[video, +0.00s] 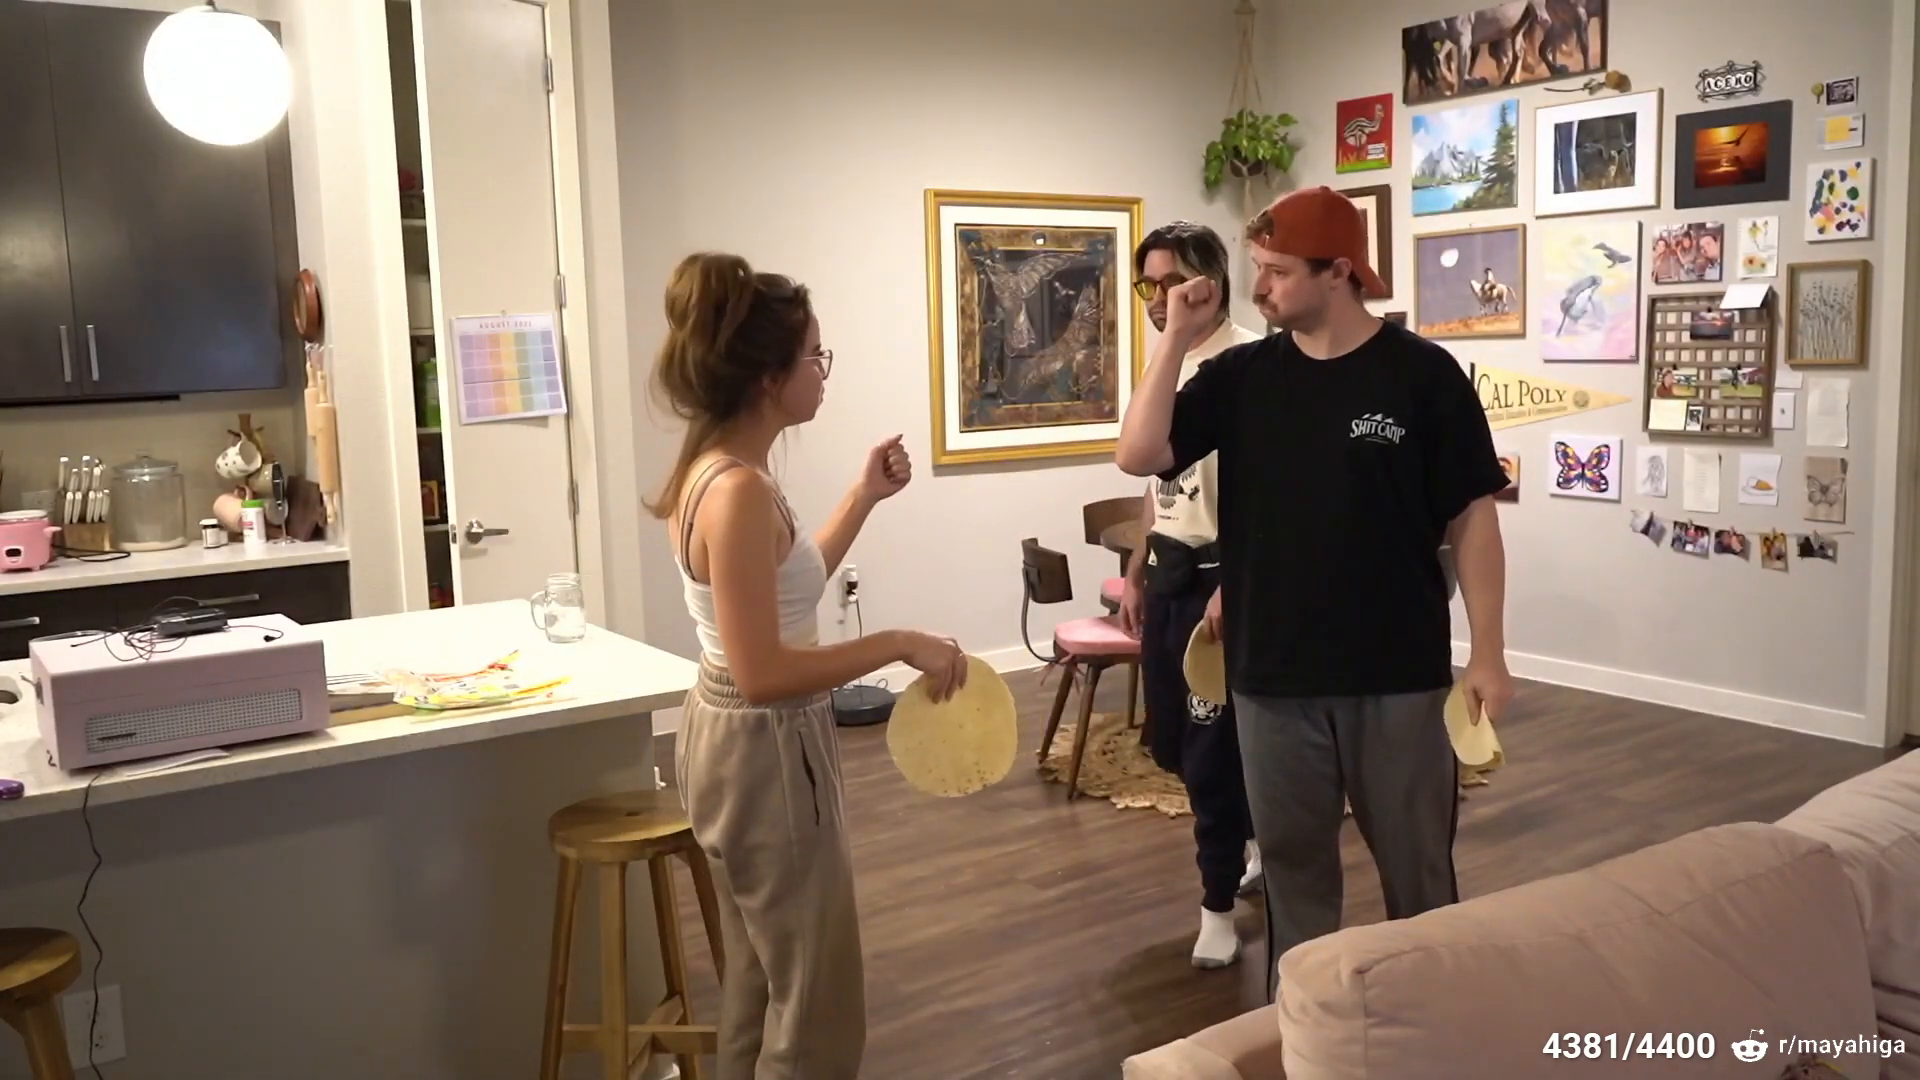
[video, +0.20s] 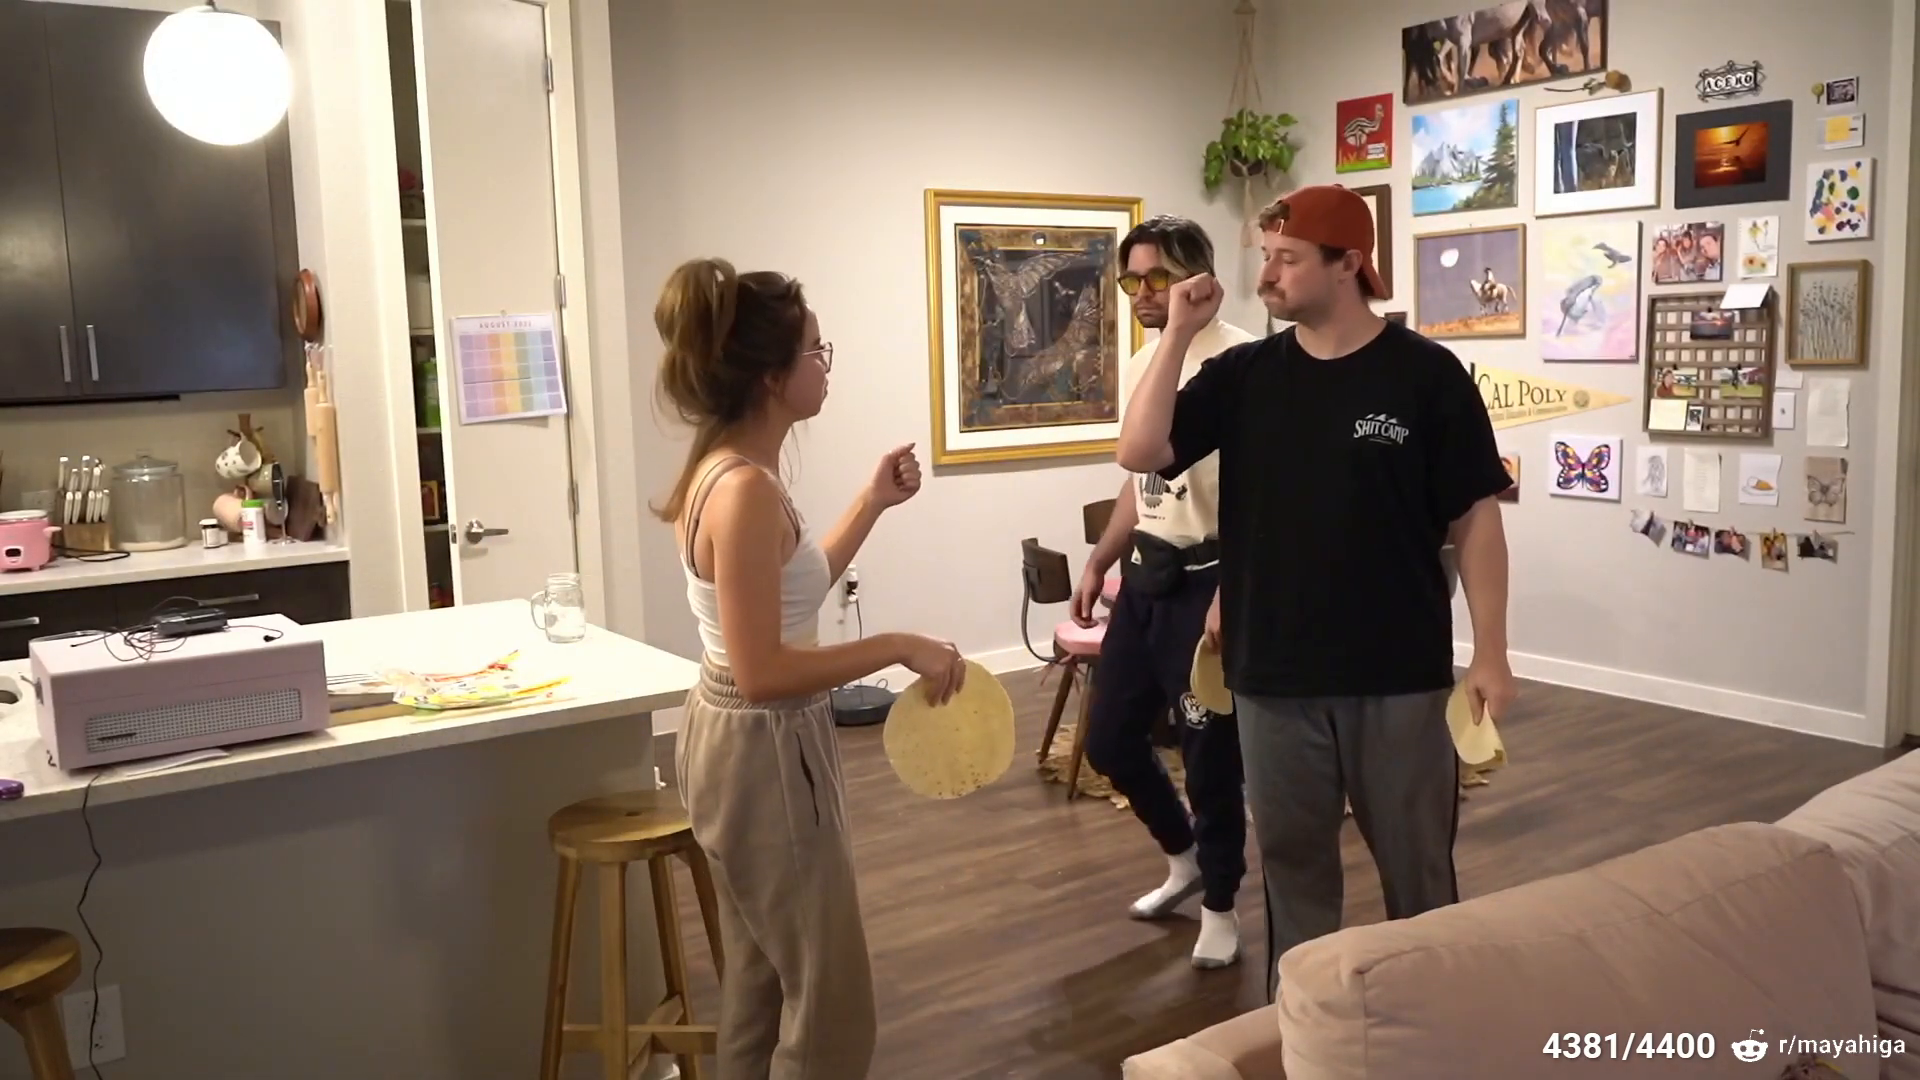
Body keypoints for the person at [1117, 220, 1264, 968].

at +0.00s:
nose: (1155, 298)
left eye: (1168, 284)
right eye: (1149, 286)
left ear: (1209, 286)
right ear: (1147, 292)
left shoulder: (1248, 365)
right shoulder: (1162, 368)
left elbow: (1260, 489)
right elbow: (1154, 485)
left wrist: (1232, 588)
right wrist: (1135, 573)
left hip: (1224, 576)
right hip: (1167, 571)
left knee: (1213, 749)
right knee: (1168, 738)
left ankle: (1218, 904)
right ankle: (1253, 835)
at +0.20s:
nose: (1140, 293)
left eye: (1155, 278)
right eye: (1132, 281)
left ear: (1197, 279)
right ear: (1129, 287)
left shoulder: (1239, 360)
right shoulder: (1150, 365)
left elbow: (1257, 487)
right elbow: (1144, 480)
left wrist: (1235, 598)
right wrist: (1099, 558)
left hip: (1212, 581)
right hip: (1144, 578)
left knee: (1210, 755)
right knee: (1112, 741)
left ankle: (1220, 907)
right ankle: (1191, 855)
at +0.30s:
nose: (1129, 291)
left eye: (1144, 277)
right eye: (1120, 279)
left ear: (1183, 279)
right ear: (1114, 288)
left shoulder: (1228, 362)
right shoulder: (1125, 367)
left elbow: (1253, 487)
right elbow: (1131, 482)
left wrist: (1230, 593)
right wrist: (1083, 558)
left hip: (1205, 582)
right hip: (1133, 579)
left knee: (1207, 757)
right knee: (1092, 746)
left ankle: (1219, 912)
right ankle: (1128, 881)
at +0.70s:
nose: (1053, 293)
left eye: (1068, 280)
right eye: (1041, 282)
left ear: (1100, 282)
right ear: (1030, 289)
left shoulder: (1146, 361)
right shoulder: (1020, 376)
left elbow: (1193, 474)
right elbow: (1019, 490)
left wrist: (1188, 591)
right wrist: (1000, 593)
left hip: (1127, 591)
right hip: (1041, 593)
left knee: (1154, 763)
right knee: (1034, 765)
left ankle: (1207, 905)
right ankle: (1051, 917)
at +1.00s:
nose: (988, 303)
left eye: (1002, 288)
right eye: (974, 291)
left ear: (1035, 286)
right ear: (962, 295)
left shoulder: (1091, 364)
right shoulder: (957, 376)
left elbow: (1131, 478)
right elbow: (936, 492)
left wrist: (1127, 593)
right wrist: (894, 597)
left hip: (1072, 586)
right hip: (989, 588)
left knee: (1084, 772)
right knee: (1007, 763)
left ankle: (1130, 914)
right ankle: (1048, 916)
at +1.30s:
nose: (976, 305)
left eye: (990, 290)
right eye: (960, 293)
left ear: (1020, 290)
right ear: (945, 300)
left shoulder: (1077, 367)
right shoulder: (934, 378)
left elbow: (1117, 484)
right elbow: (917, 499)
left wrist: (1101, 593)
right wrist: (874, 600)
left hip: (1056, 596)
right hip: (969, 594)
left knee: (1035, 777)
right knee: (980, 766)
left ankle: (1014, 953)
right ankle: (1041, 898)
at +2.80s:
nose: (948, 296)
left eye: (964, 281)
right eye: (932, 283)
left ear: (991, 285)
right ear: (911, 289)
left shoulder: (1040, 372)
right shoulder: (882, 375)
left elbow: (1067, 507)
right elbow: (862, 504)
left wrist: (1061, 620)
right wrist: (855, 620)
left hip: (1008, 609)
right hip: (910, 609)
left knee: (1009, 797)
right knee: (913, 799)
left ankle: (1013, 967)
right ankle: (933, 958)